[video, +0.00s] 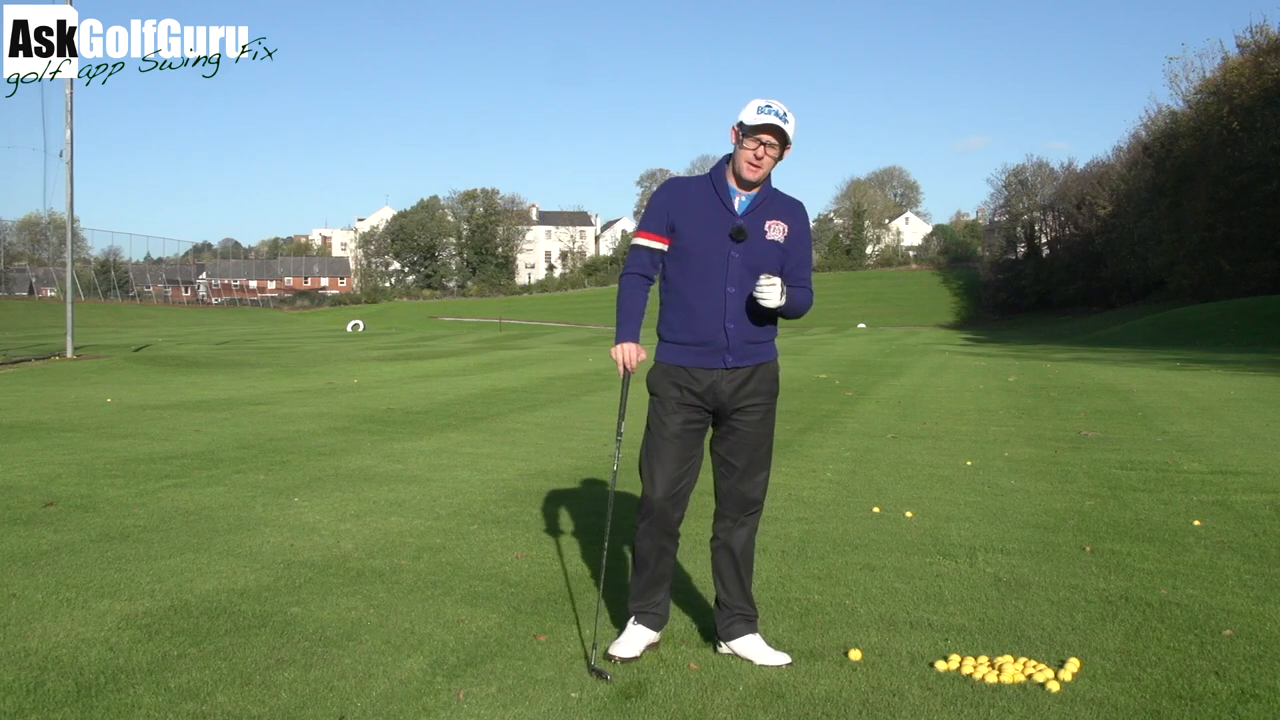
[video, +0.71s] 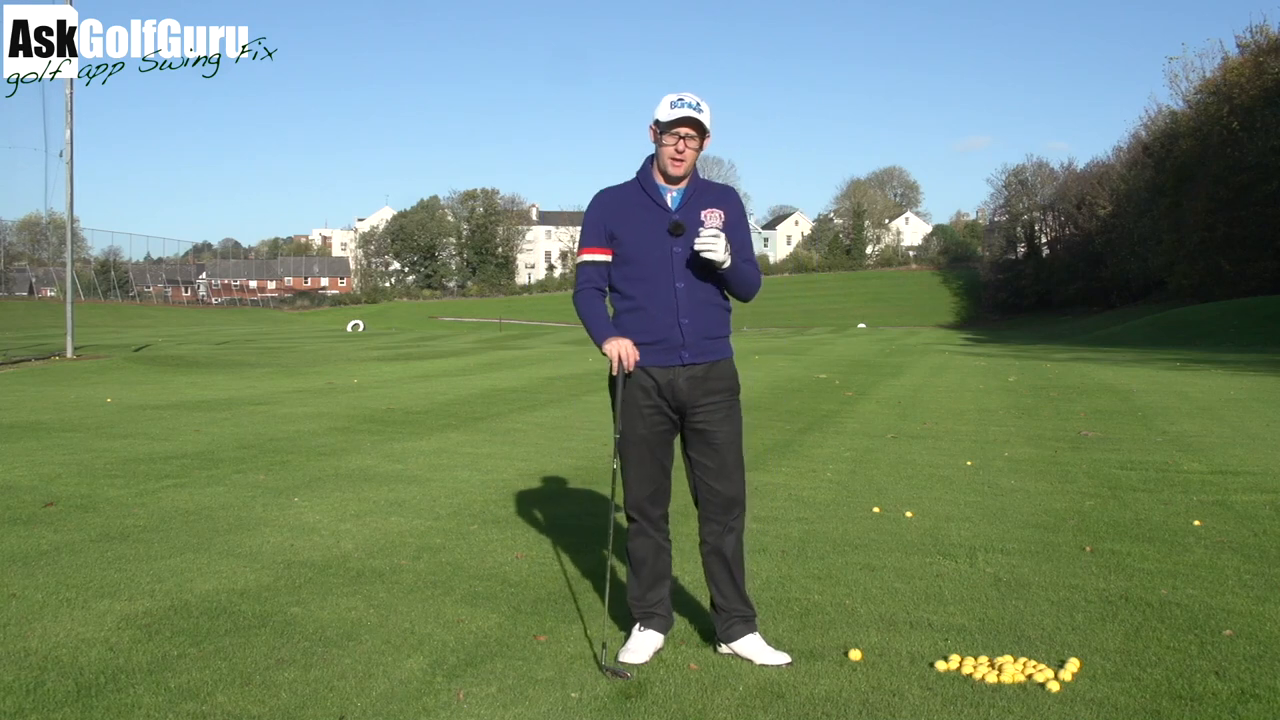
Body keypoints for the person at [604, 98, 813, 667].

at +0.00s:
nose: (762, 151)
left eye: (773, 145)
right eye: (755, 139)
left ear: (781, 155)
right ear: (735, 138)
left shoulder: (789, 213)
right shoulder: (676, 195)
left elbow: (802, 297)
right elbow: (638, 269)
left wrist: (784, 295)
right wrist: (628, 335)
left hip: (753, 378)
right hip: (680, 373)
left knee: (741, 507)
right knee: (660, 502)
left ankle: (735, 626)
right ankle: (645, 618)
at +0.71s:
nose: (682, 144)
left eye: (692, 136)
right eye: (673, 134)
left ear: (703, 143)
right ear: (655, 136)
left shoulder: (723, 201)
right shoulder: (609, 204)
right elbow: (588, 288)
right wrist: (607, 336)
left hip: (712, 374)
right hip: (641, 375)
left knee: (724, 505)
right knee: (645, 507)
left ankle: (735, 627)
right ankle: (649, 621)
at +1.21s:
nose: (648, 149)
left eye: (659, 142)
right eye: (640, 138)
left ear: (673, 151)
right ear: (623, 142)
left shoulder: (695, 205)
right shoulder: (581, 213)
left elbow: (724, 285)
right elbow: (557, 297)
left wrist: (706, 283)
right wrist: (581, 337)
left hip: (690, 377)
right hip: (620, 380)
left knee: (726, 497)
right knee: (632, 507)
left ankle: (735, 625)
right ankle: (648, 621)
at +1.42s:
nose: (657, 151)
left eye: (666, 143)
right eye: (647, 140)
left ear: (674, 148)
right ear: (624, 141)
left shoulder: (693, 204)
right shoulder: (580, 213)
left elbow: (720, 282)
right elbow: (558, 296)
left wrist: (696, 287)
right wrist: (577, 339)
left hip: (691, 376)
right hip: (621, 379)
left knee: (721, 499)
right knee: (634, 507)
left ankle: (733, 625)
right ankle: (648, 621)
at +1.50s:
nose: (660, 152)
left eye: (669, 143)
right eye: (650, 140)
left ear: (675, 148)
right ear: (624, 140)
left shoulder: (693, 203)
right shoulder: (581, 212)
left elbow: (720, 279)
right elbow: (560, 297)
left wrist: (697, 292)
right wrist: (582, 340)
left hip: (692, 375)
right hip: (623, 379)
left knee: (719, 500)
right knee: (635, 507)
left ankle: (733, 625)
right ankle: (649, 621)